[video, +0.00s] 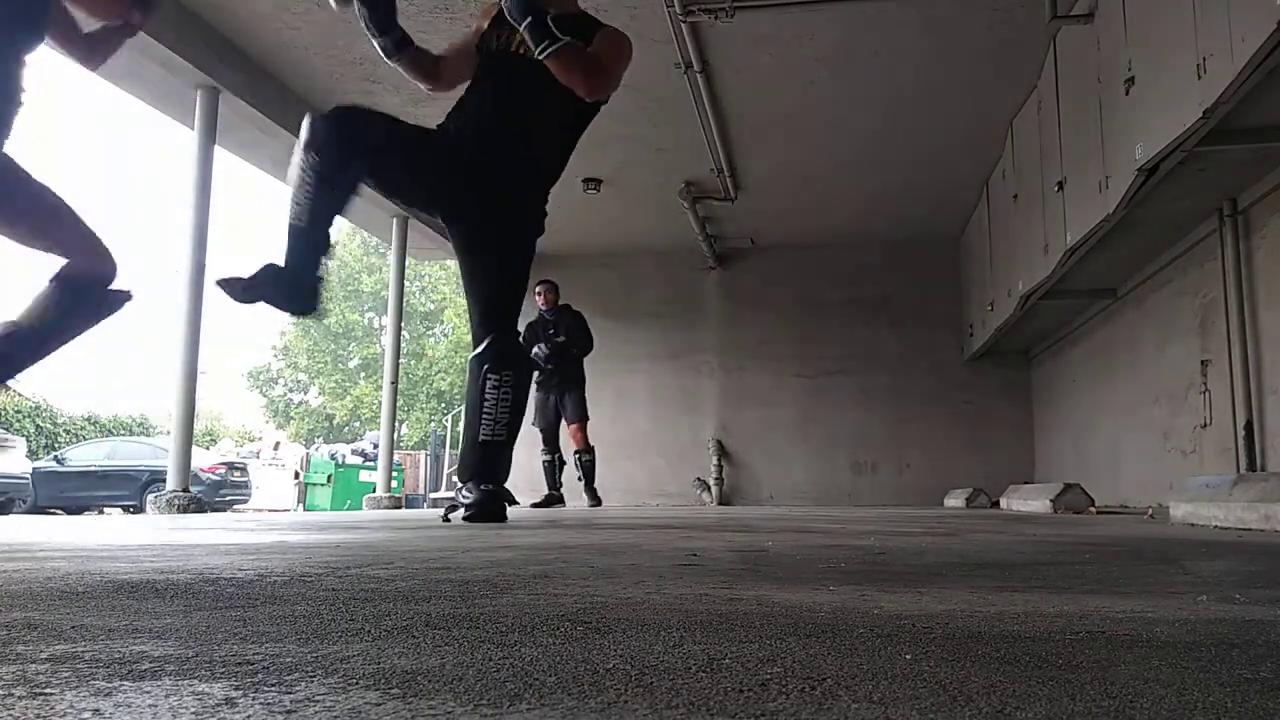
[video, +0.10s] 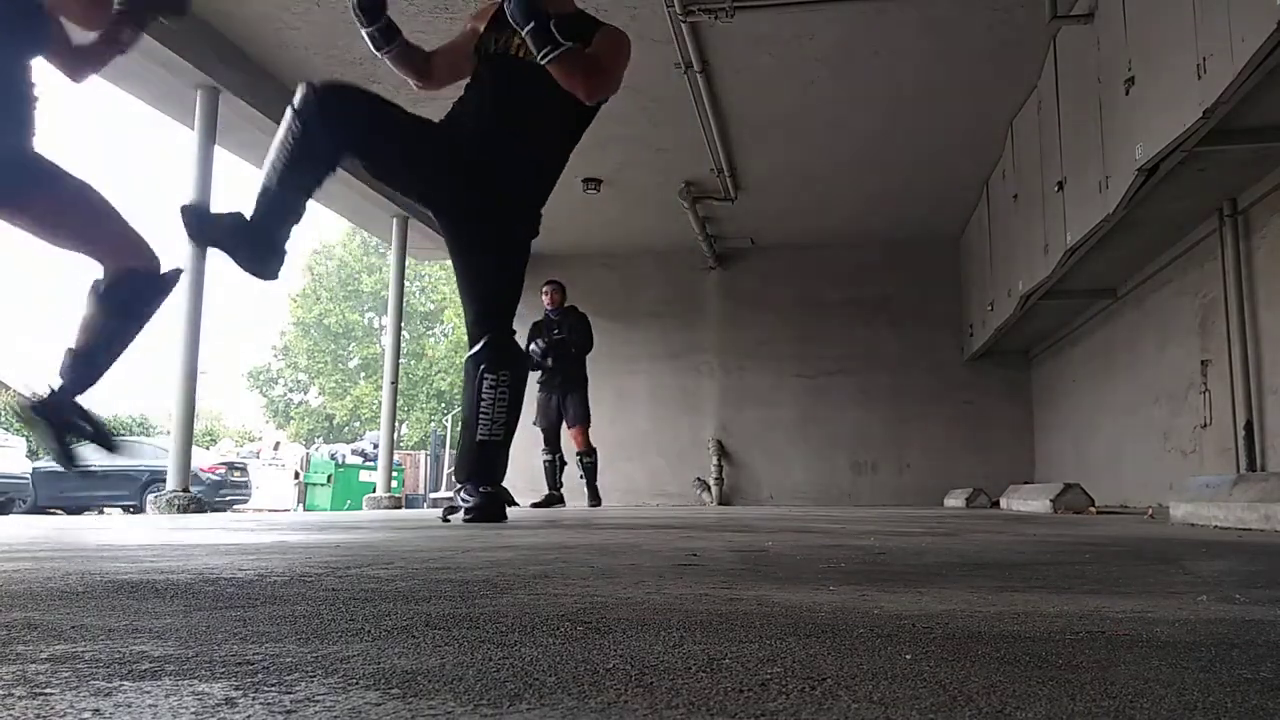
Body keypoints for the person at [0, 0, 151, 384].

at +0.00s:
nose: (124, 13)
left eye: (129, 9)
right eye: (128, 7)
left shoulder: (37, 8)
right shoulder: (34, 8)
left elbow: (89, 54)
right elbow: (89, 53)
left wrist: (133, 21)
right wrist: (136, 20)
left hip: (3, 167)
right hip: (2, 168)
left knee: (94, 263)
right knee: (95, 264)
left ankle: (13, 353)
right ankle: (12, 353)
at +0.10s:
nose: (105, 9)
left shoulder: (25, 15)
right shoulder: (23, 12)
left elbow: (77, 66)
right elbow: (77, 64)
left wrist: (131, 22)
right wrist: (134, 17)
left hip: (13, 159)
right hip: (10, 160)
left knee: (134, 264)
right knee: (136, 266)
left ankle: (65, 399)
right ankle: (62, 400)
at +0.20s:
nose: (126, 6)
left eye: (123, 7)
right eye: (120, 3)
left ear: (96, 2)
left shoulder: (61, 13)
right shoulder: (56, 9)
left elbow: (110, 66)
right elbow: (111, 67)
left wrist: (169, 59)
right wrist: (173, 58)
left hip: (20, 156)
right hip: (18, 158)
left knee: (91, 304)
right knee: (90, 304)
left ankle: (78, 470)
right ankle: (77, 469)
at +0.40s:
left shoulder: (77, 13)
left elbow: (87, 89)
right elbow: (90, 90)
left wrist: (118, 111)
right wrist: (118, 110)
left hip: (20, 163)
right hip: (14, 165)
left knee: (54, 323)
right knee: (54, 323)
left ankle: (60, 480)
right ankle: (61, 480)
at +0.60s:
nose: (23, 6)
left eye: (23, 3)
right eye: (22, 3)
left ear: (13, 3)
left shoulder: (3, 39)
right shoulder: (1, 37)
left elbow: (7, 78)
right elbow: (10, 77)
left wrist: (52, 72)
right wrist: (53, 72)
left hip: (2, 196)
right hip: (1, 197)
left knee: (36, 329)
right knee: (39, 328)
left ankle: (53, 484)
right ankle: (56, 484)